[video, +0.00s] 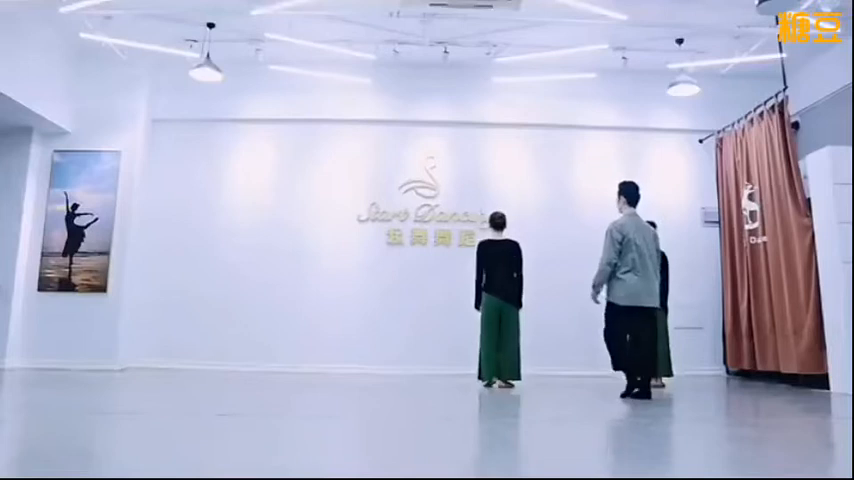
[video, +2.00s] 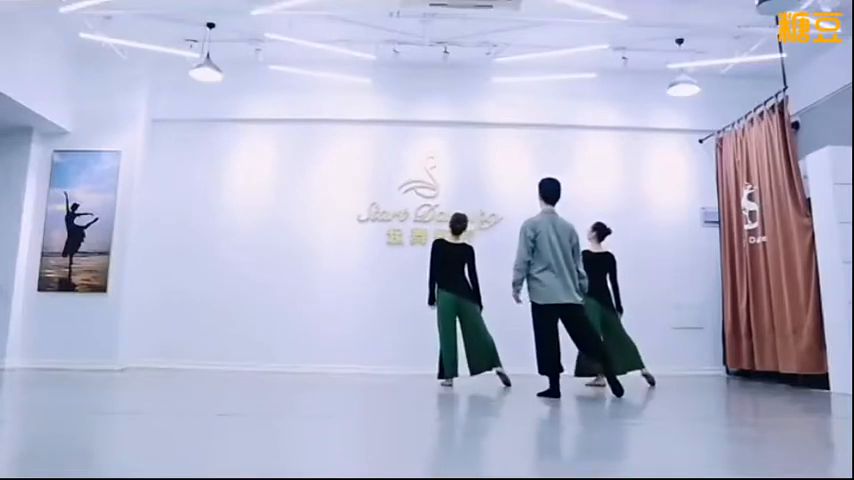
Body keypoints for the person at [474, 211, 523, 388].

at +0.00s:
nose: (498, 226)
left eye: (495, 223)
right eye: (501, 223)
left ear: (490, 225)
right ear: (505, 225)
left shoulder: (483, 246)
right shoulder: (514, 246)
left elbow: (479, 275)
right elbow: (519, 275)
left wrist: (477, 299)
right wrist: (519, 298)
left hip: (490, 296)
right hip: (510, 298)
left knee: (489, 336)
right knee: (509, 337)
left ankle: (488, 376)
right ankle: (506, 376)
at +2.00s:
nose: (459, 229)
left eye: (456, 225)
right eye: (462, 226)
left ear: (449, 226)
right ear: (465, 228)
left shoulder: (438, 244)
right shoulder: (468, 249)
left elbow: (433, 271)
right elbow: (473, 276)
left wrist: (431, 294)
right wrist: (478, 299)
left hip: (445, 294)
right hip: (465, 294)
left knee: (447, 334)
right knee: (481, 331)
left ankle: (448, 376)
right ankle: (497, 367)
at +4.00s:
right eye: (444, 258)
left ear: (432, 257)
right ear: (446, 258)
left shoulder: (425, 267)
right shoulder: (454, 269)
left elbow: (421, 292)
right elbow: (461, 295)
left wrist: (419, 315)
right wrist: (465, 318)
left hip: (434, 308)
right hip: (453, 309)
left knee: (436, 345)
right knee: (448, 339)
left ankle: (439, 379)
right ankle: (448, 369)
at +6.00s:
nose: (392, 220)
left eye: (390, 217)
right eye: (392, 218)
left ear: (375, 218)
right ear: (391, 220)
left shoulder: (366, 236)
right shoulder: (396, 239)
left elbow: (361, 263)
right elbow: (400, 266)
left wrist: (358, 286)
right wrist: (404, 289)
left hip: (372, 286)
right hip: (390, 287)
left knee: (373, 326)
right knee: (388, 325)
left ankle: (377, 366)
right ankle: (383, 364)